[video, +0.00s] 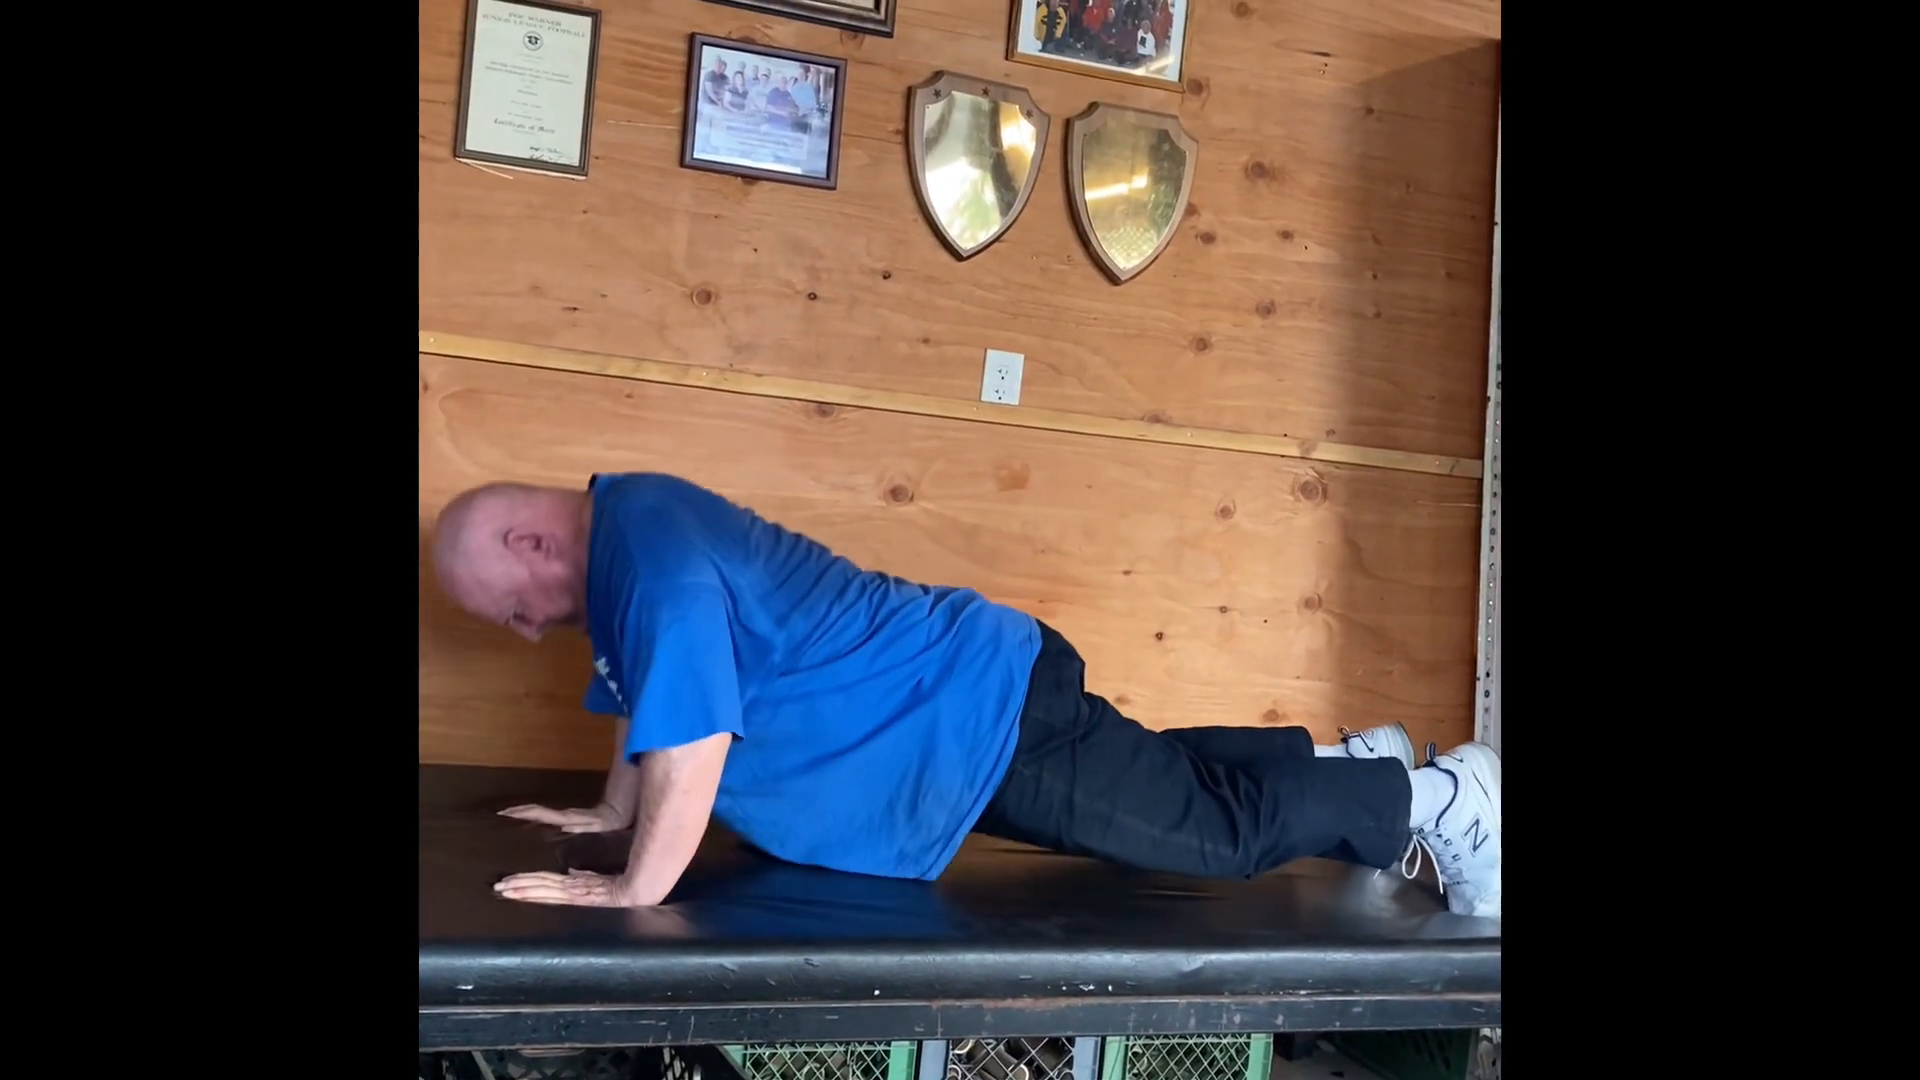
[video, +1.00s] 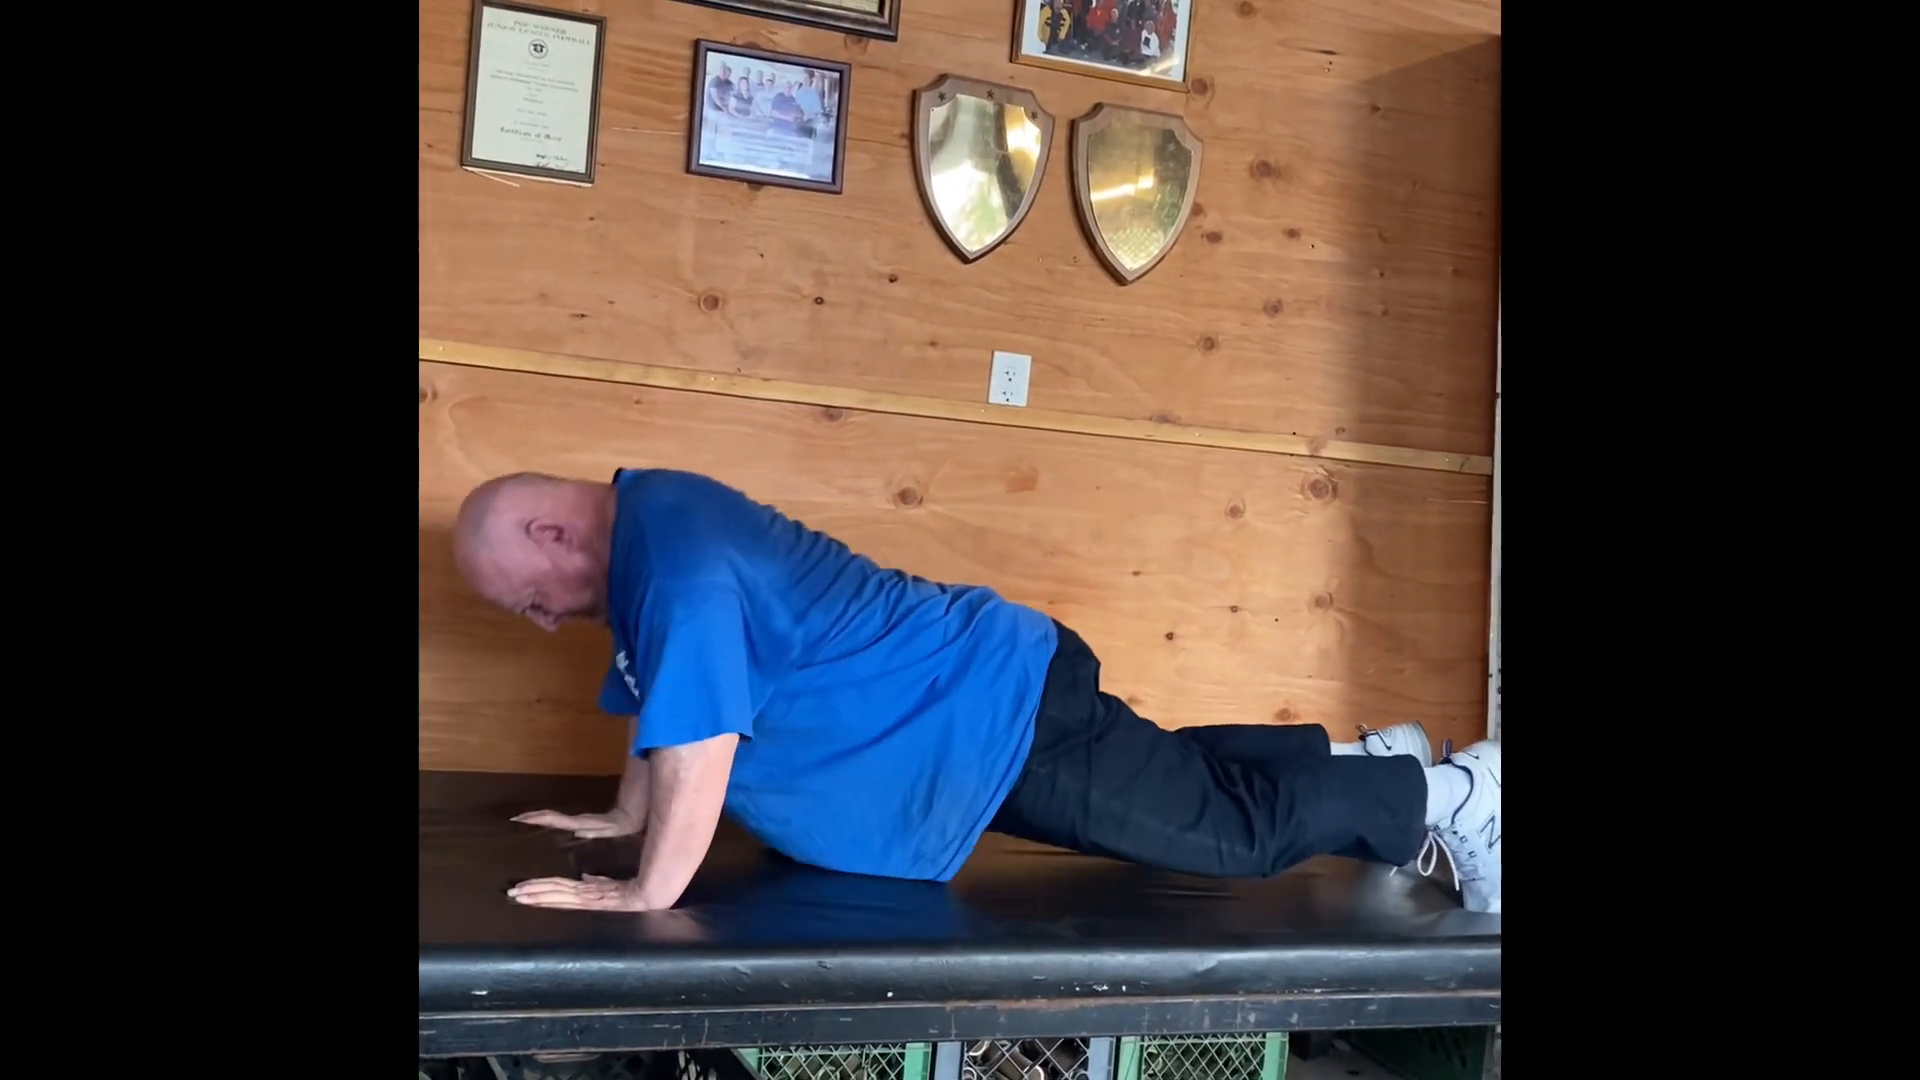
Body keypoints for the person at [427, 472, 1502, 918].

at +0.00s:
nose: (532, 614)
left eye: (516, 594)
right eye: (513, 606)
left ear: (531, 537)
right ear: (529, 544)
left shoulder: (654, 550)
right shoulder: (622, 554)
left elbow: (691, 755)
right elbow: (657, 731)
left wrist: (638, 897)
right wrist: (616, 842)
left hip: (989, 707)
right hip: (960, 715)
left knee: (1204, 822)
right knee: (1168, 787)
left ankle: (1430, 804)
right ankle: (1365, 771)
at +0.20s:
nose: (532, 612)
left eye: (518, 594)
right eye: (515, 601)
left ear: (538, 539)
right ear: (539, 524)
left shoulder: (663, 561)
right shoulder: (634, 541)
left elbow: (693, 760)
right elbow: (665, 727)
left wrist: (641, 900)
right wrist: (621, 834)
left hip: (995, 704)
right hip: (972, 700)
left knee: (1215, 822)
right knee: (1177, 779)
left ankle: (1432, 804)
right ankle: (1375, 771)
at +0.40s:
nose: (539, 657)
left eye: (519, 639)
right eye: (515, 659)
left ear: (523, 584)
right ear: (516, 633)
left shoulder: (648, 590)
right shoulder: (614, 583)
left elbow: (706, 764)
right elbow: (658, 729)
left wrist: (643, 895)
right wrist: (624, 829)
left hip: (989, 736)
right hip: (957, 761)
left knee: (1210, 843)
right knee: (1168, 806)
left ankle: (1418, 809)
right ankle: (1366, 766)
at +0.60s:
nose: (518, 708)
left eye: (496, 692)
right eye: (495, 708)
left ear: (503, 634)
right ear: (499, 647)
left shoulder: (638, 640)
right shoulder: (594, 610)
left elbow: (711, 783)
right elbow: (704, 741)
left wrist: (639, 903)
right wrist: (637, 821)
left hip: (978, 764)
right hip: (949, 771)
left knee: (1211, 855)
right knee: (1166, 812)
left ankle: (1424, 809)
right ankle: (1360, 771)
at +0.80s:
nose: (537, 669)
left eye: (516, 653)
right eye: (513, 668)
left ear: (520, 598)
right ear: (513, 625)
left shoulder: (640, 590)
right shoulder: (611, 589)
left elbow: (710, 756)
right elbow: (663, 732)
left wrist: (649, 896)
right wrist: (629, 831)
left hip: (984, 745)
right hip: (958, 761)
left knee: (1214, 849)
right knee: (1168, 804)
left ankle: (1426, 809)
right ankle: (1364, 767)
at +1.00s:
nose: (546, 611)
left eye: (533, 592)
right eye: (529, 600)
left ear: (556, 535)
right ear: (555, 523)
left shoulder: (679, 557)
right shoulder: (648, 538)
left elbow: (701, 750)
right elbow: (674, 724)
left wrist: (656, 895)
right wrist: (629, 835)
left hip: (1005, 712)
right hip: (981, 703)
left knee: (1229, 824)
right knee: (1182, 782)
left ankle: (1444, 798)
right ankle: (1379, 770)